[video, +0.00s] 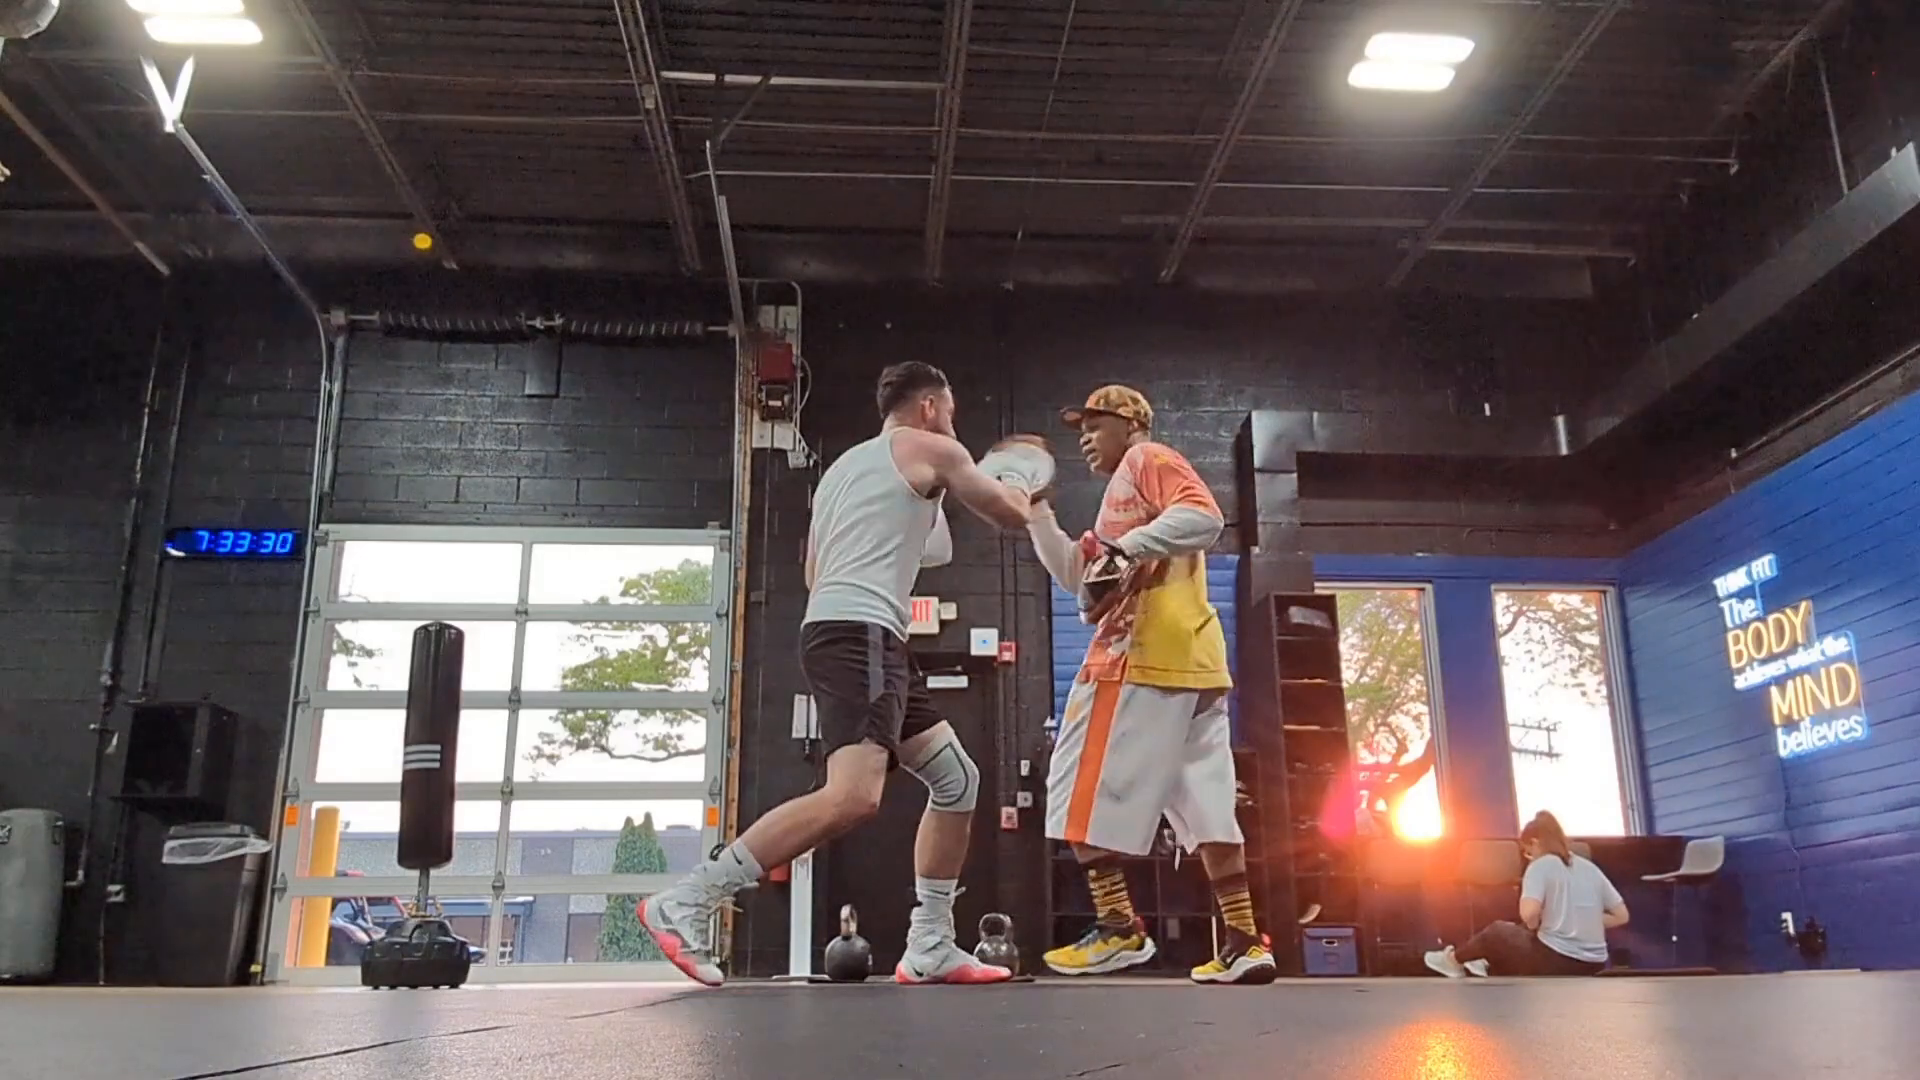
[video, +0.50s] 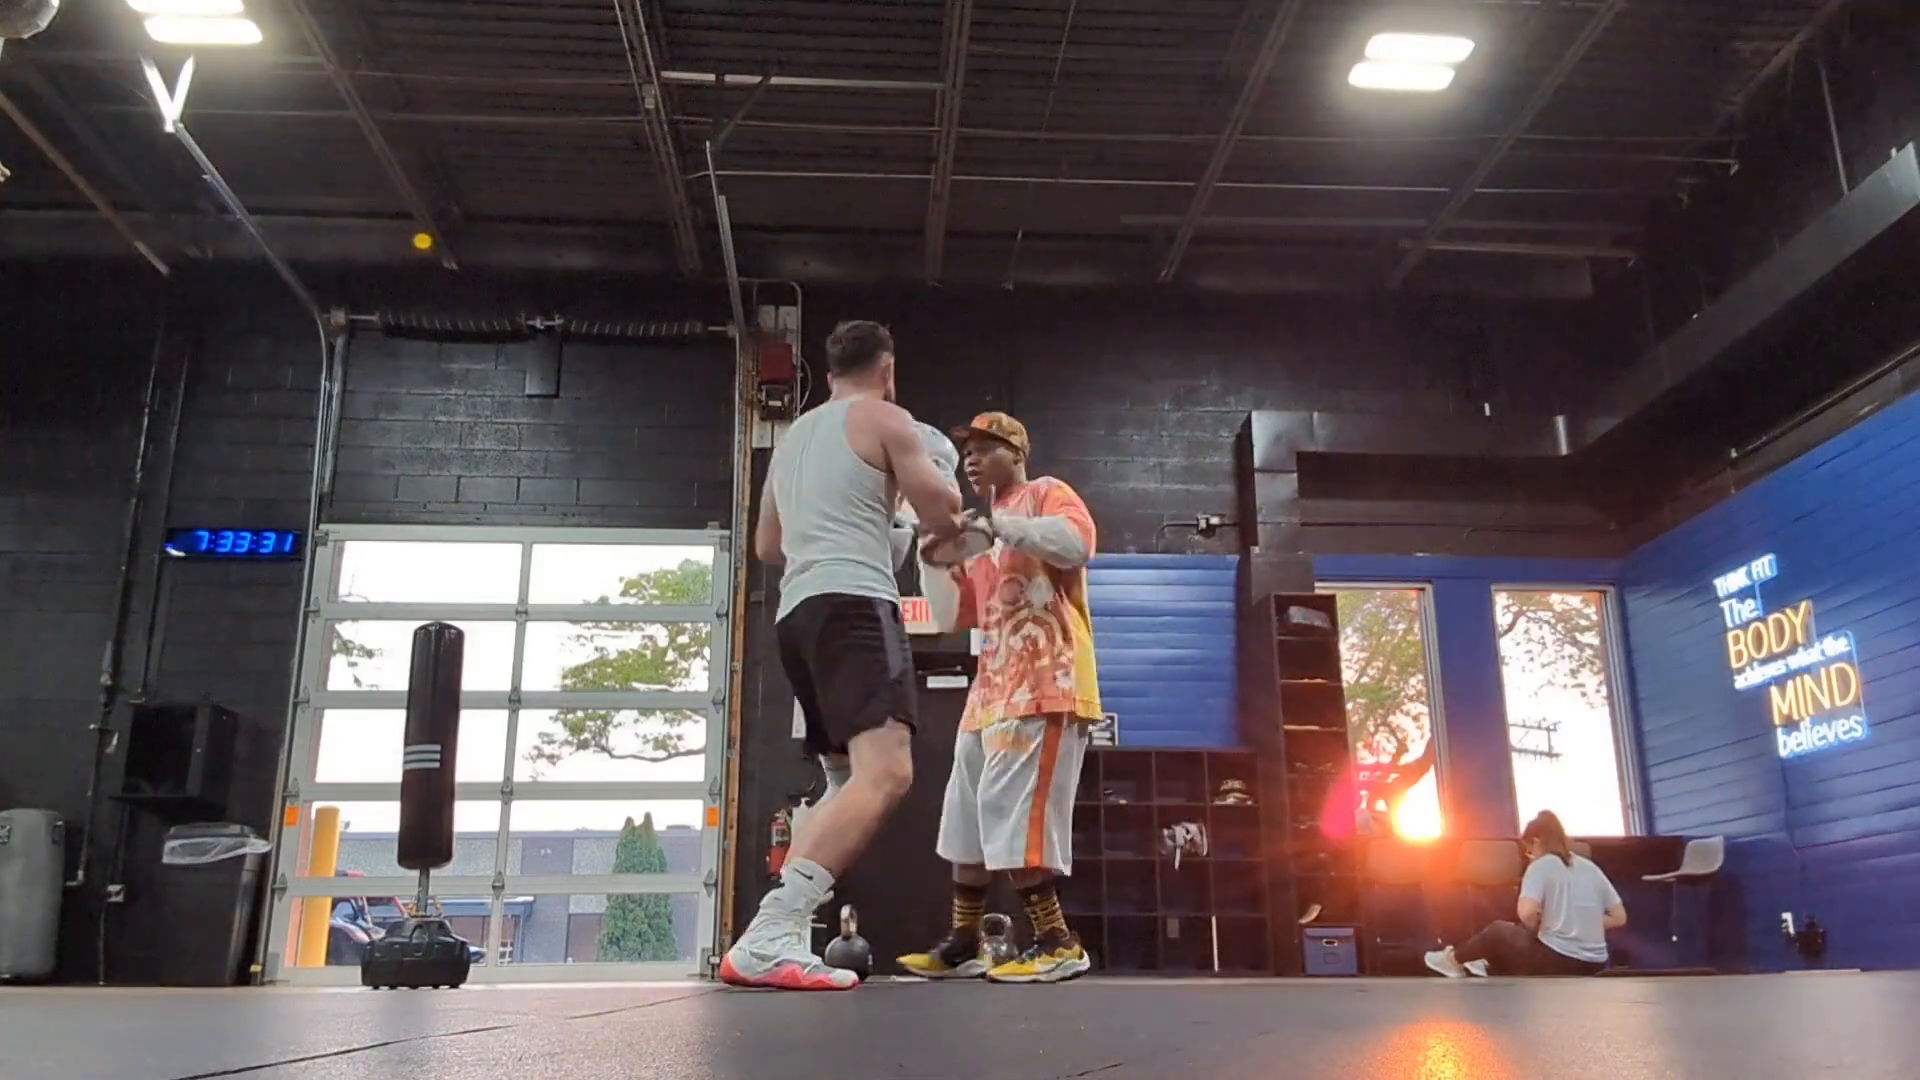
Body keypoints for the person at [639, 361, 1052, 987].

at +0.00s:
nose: (952, 424)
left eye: (952, 414)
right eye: (950, 413)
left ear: (889, 410)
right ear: (930, 406)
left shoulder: (839, 471)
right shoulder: (933, 445)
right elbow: (1010, 511)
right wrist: (1024, 490)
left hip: (846, 632)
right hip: (862, 629)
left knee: (957, 783)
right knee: (853, 796)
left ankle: (931, 947)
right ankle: (684, 902)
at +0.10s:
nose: (946, 417)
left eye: (946, 406)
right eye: (944, 405)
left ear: (881, 404)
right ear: (926, 399)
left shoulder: (834, 466)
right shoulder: (928, 442)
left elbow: (800, 569)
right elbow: (997, 528)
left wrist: (884, 560)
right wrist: (1002, 491)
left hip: (837, 623)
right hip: (863, 621)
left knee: (947, 782)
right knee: (864, 783)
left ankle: (931, 949)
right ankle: (713, 911)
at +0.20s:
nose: (939, 405)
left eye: (938, 394)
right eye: (939, 393)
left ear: (879, 392)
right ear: (926, 387)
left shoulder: (835, 457)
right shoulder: (905, 432)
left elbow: (802, 561)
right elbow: (938, 531)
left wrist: (891, 558)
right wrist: (962, 504)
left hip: (829, 624)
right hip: (849, 617)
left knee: (925, 783)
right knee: (870, 774)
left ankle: (927, 944)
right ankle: (771, 935)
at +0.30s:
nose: (936, 399)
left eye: (934, 387)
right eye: (936, 386)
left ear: (878, 380)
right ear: (924, 381)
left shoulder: (861, 431)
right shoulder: (883, 420)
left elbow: (886, 544)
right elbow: (906, 520)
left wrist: (930, 518)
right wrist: (938, 502)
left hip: (845, 614)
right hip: (824, 610)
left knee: (901, 769)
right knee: (865, 764)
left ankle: (893, 934)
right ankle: (769, 936)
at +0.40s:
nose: (919, 390)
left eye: (916, 379)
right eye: (919, 378)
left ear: (858, 368)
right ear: (908, 374)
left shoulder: (835, 422)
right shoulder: (870, 414)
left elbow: (900, 524)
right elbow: (915, 515)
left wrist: (939, 512)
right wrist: (937, 478)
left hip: (822, 606)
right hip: (833, 603)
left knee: (894, 772)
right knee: (871, 763)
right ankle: (767, 939)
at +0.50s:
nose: (896, 386)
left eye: (894, 377)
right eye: (895, 376)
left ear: (827, 376)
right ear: (887, 370)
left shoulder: (790, 440)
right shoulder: (883, 416)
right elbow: (938, 507)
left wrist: (847, 538)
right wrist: (940, 534)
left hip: (797, 613)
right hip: (854, 602)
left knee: (845, 782)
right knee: (884, 773)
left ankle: (776, 938)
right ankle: (773, 934)